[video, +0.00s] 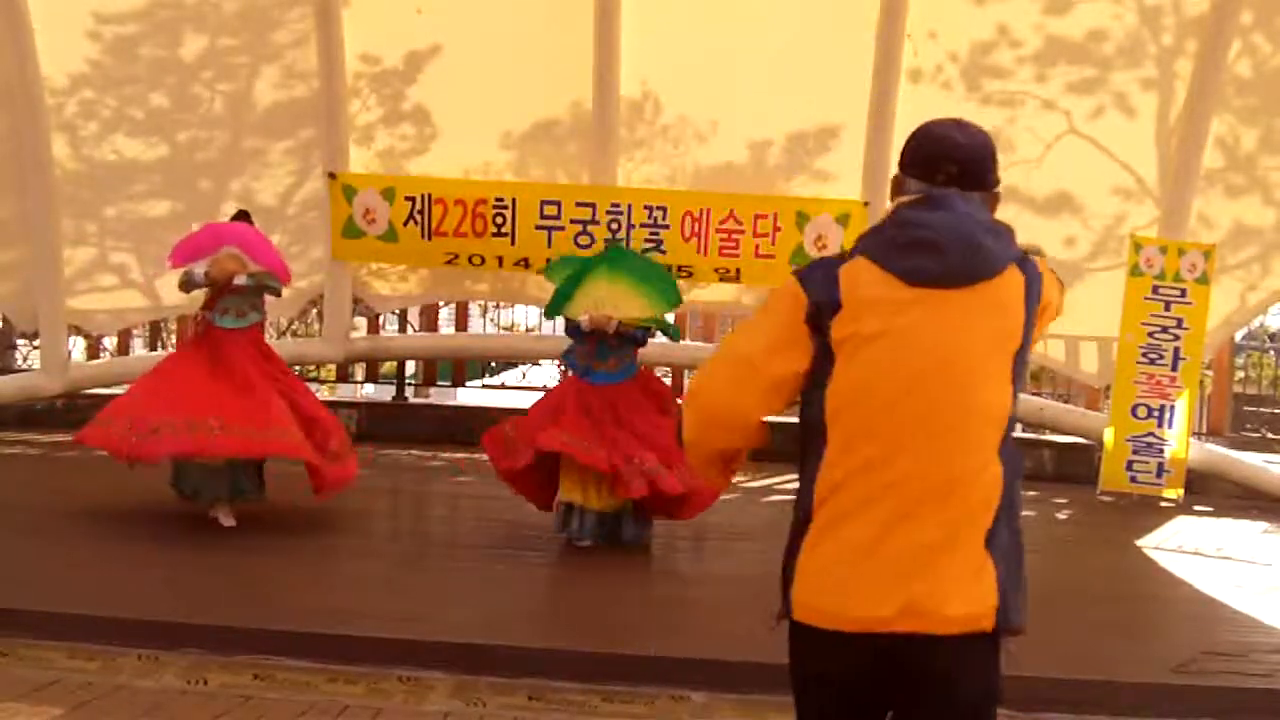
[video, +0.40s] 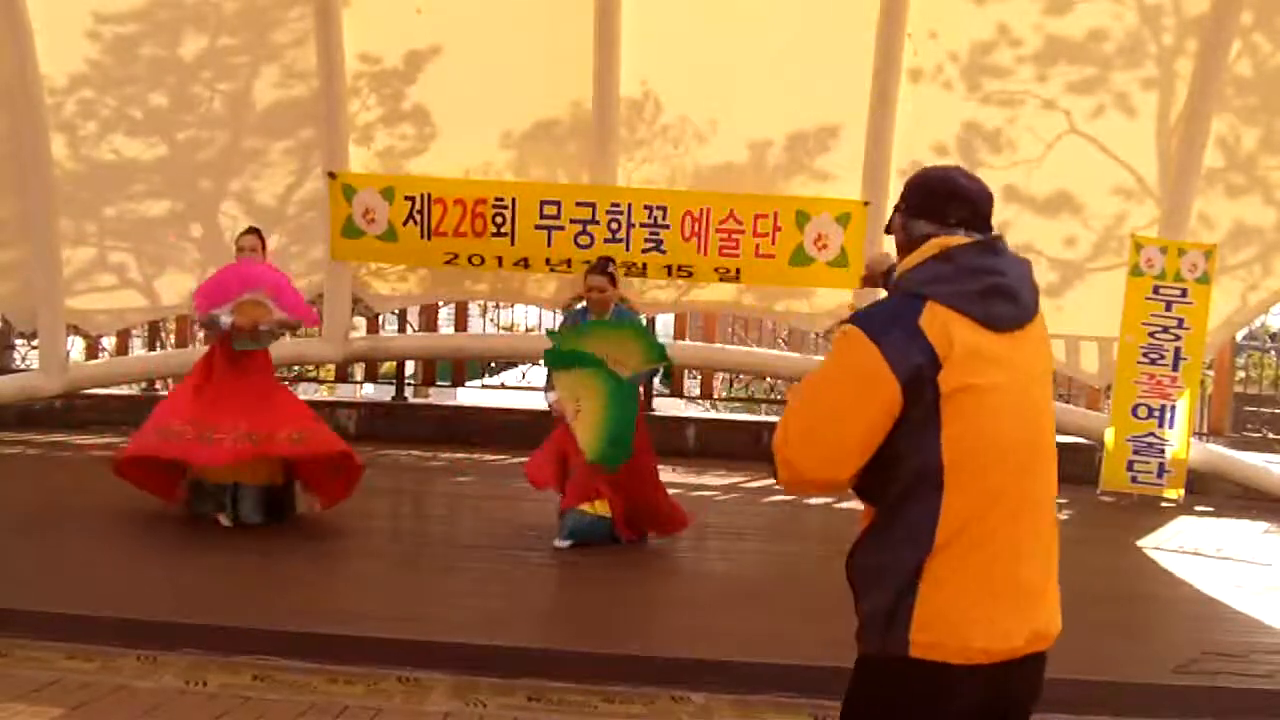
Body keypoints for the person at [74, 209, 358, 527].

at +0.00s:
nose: (237, 245)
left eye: (244, 240)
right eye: (233, 241)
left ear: (253, 241)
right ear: (223, 240)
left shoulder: (261, 266)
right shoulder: (213, 265)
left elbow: (277, 286)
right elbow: (184, 282)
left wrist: (247, 273)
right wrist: (212, 274)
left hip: (249, 341)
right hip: (214, 339)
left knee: (243, 416)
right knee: (216, 417)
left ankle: (229, 492)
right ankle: (220, 499)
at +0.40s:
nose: (247, 255)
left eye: (253, 250)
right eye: (242, 250)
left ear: (264, 253)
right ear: (235, 253)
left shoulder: (273, 288)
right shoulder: (222, 287)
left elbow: (293, 321)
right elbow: (203, 319)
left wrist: (264, 325)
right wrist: (227, 323)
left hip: (256, 364)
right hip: (222, 363)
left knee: (256, 431)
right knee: (218, 430)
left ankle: (250, 507)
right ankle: (217, 506)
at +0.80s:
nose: (249, 272)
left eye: (256, 266)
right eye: (244, 266)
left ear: (267, 271)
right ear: (237, 271)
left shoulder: (280, 309)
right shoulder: (226, 308)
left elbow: (293, 348)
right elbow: (215, 352)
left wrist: (277, 358)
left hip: (270, 381)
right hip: (235, 381)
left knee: (268, 435)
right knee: (238, 435)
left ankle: (271, 500)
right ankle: (241, 499)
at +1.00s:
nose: (247, 267)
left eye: (254, 261)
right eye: (242, 261)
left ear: (264, 267)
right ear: (235, 266)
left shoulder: (275, 305)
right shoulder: (222, 303)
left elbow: (298, 338)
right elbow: (203, 344)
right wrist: (197, 379)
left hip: (262, 376)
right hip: (226, 375)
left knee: (264, 435)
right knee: (224, 434)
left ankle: (278, 500)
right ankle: (219, 499)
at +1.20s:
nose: (237, 251)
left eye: (243, 246)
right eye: (232, 246)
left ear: (255, 251)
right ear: (225, 251)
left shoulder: (265, 289)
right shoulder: (212, 287)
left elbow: (300, 315)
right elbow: (176, 319)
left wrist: (338, 329)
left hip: (250, 368)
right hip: (215, 367)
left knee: (256, 433)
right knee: (198, 431)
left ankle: (267, 504)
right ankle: (180, 509)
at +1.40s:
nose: (220, 235)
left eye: (226, 229)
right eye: (215, 230)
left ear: (239, 234)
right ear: (208, 235)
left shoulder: (250, 268)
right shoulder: (197, 267)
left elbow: (292, 276)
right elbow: (159, 275)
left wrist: (337, 272)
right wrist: (121, 273)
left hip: (232, 355)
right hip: (199, 355)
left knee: (238, 426)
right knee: (196, 426)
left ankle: (244, 506)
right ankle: (198, 510)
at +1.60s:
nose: (204, 232)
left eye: (211, 226)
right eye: (199, 226)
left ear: (224, 232)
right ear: (193, 231)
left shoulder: (233, 263)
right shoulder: (182, 264)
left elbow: (276, 248)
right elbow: (142, 248)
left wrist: (317, 220)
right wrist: (106, 220)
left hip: (218, 357)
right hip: (184, 358)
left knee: (215, 431)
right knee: (187, 432)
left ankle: (211, 514)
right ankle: (192, 513)